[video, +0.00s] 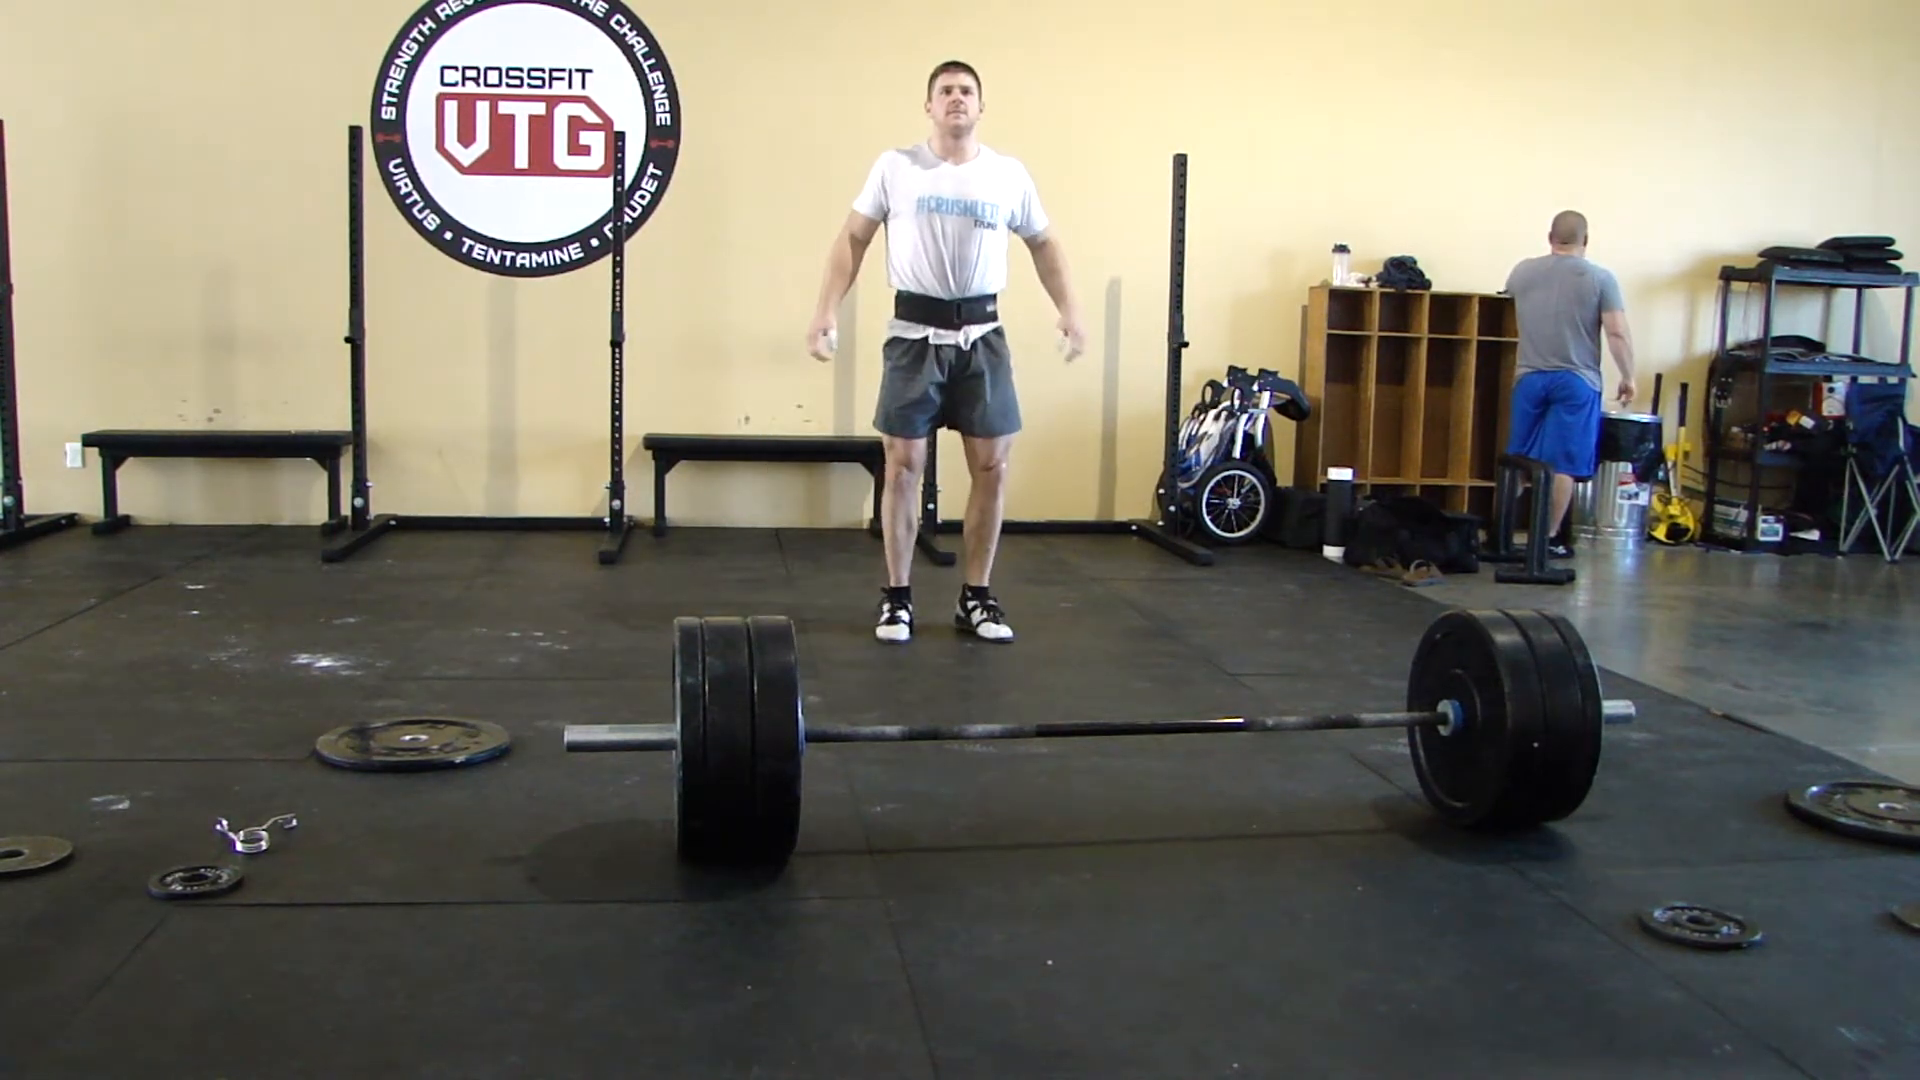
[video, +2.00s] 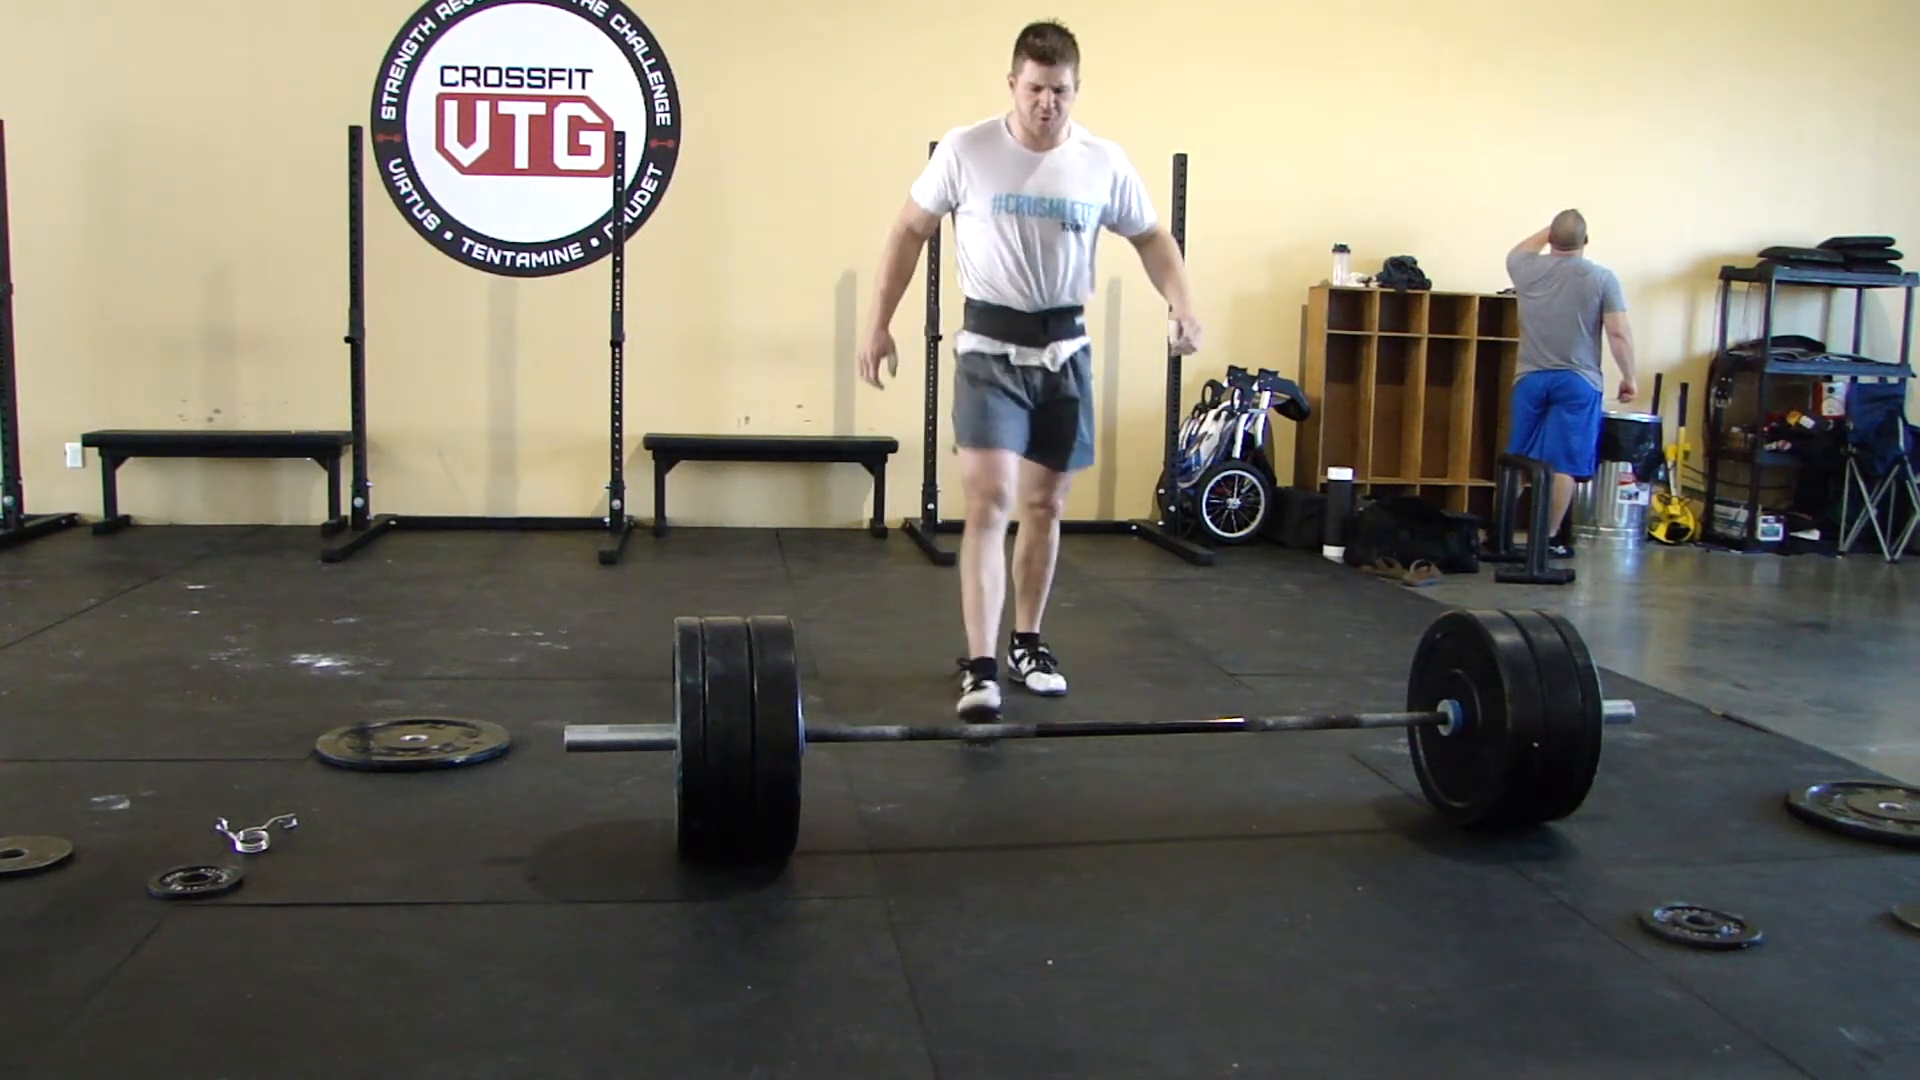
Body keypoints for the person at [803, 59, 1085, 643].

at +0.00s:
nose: (957, 98)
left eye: (966, 91)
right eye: (947, 91)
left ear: (981, 107)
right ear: (928, 106)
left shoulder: (1009, 174)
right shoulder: (895, 168)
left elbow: (1044, 244)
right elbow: (852, 240)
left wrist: (1069, 310)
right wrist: (825, 309)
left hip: (982, 341)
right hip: (913, 340)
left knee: (991, 468)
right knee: (902, 465)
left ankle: (977, 597)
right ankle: (897, 598)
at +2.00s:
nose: (1046, 101)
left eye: (1059, 88)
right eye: (1035, 87)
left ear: (1076, 89)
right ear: (1011, 84)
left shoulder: (1104, 163)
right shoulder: (965, 151)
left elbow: (1151, 238)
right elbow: (911, 231)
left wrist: (1182, 303)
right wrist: (879, 325)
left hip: (1064, 356)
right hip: (989, 351)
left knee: (1044, 507)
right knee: (989, 499)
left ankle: (1027, 642)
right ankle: (981, 668)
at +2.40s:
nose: (1077, 79)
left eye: (1089, 65)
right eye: (1064, 64)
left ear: (1105, 56)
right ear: (1031, 49)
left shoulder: (1129, 130)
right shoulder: (977, 125)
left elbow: (1157, 228)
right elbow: (917, 214)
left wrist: (1180, 328)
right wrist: (882, 303)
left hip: (1105, 346)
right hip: (1013, 347)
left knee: (1157, 509)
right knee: (1010, 517)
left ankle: (1093, 650)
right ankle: (995, 699)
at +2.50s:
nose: (1095, 81)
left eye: (1108, 66)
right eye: (1082, 65)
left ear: (1123, 55)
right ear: (1048, 47)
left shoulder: (1146, 130)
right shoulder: (991, 124)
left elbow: (1171, 230)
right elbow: (917, 211)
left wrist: (1192, 329)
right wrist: (880, 316)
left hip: (1123, 351)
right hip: (1027, 351)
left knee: (1165, 518)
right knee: (1015, 523)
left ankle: (1160, 718)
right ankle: (996, 706)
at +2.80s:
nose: (1179, 98)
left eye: (1194, 84)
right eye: (1164, 80)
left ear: (1212, 71)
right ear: (1130, 53)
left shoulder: (1235, 142)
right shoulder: (1067, 125)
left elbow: (1273, 249)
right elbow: (992, 227)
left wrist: (1314, 358)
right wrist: (950, 340)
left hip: (1189, 370)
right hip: (1081, 365)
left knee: (1231, 549)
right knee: (1028, 557)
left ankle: (1226, 766)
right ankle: (1022, 680)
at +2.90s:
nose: (1193, 92)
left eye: (1209, 79)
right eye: (1181, 74)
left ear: (1231, 61)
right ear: (1147, 40)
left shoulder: (1254, 134)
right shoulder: (1079, 110)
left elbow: (1298, 231)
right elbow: (1005, 216)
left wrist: (1346, 338)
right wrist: (966, 330)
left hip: (1199, 368)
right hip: (1087, 359)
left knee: (1232, 547)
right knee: (1045, 544)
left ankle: (1226, 766)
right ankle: (1033, 729)